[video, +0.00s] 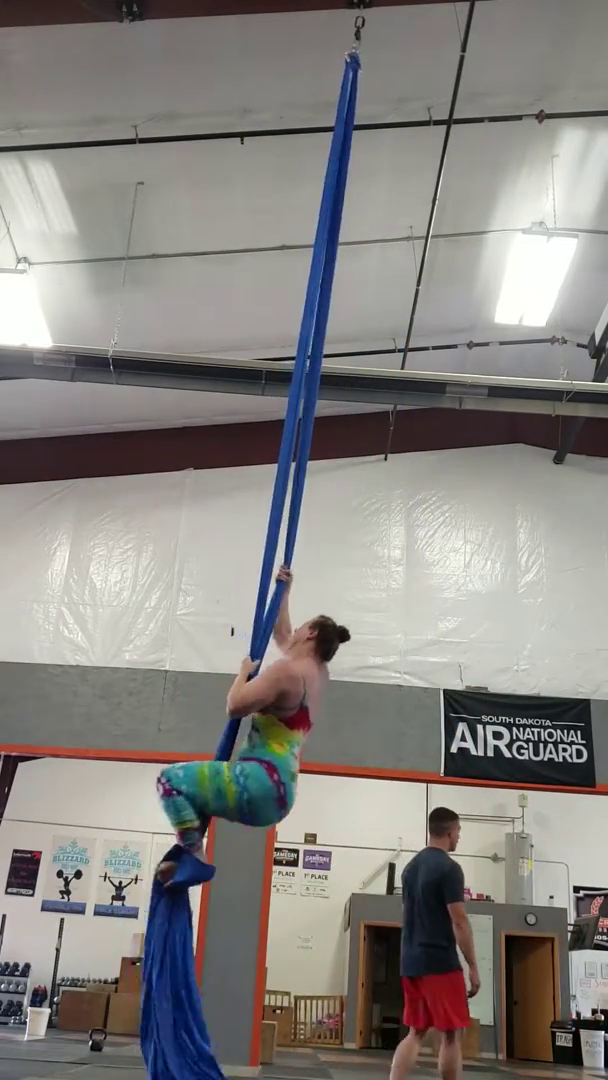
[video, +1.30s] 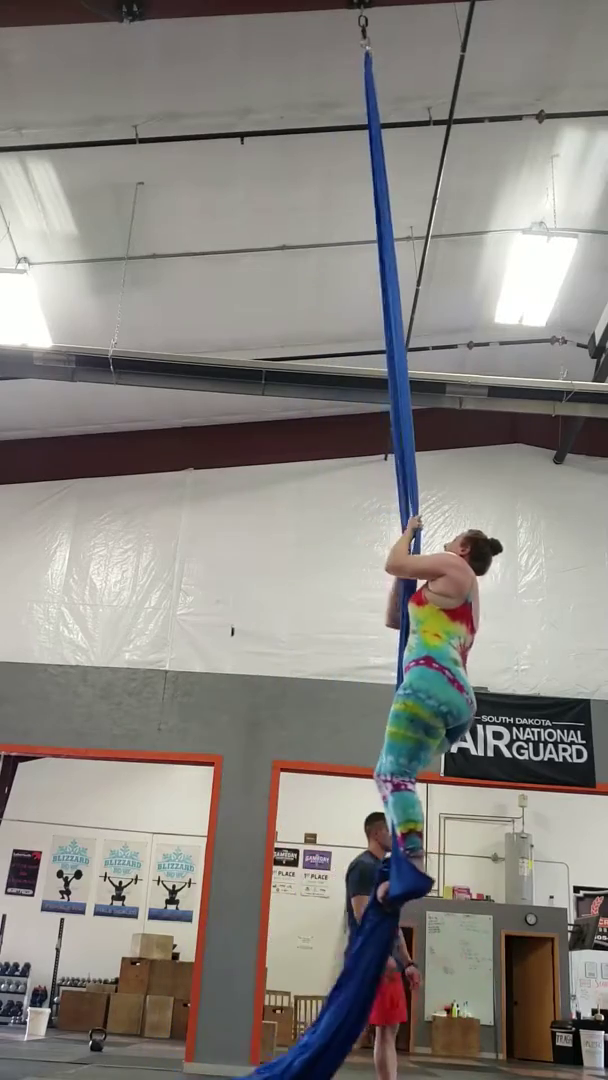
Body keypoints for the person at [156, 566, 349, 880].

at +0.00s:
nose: (299, 627)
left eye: (304, 624)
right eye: (303, 624)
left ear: (310, 633)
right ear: (322, 641)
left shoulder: (287, 670)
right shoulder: (315, 671)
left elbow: (235, 705)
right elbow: (283, 636)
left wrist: (244, 672)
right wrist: (283, 592)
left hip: (260, 782)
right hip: (280, 793)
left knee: (172, 779)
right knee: (188, 784)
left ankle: (193, 856)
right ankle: (187, 858)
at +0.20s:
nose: (335, 612)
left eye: (340, 607)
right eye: (339, 608)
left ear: (349, 613)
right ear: (362, 627)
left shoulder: (321, 643)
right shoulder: (355, 660)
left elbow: (258, 653)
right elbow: (310, 642)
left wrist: (252, 625)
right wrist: (304, 594)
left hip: (289, 752)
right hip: (311, 773)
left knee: (200, 783)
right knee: (222, 791)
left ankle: (230, 859)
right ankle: (217, 862)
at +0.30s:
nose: (354, 606)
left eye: (360, 602)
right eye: (359, 602)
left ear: (369, 608)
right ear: (382, 622)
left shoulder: (340, 631)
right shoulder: (375, 656)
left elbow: (279, 609)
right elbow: (323, 635)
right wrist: (321, 592)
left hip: (303, 743)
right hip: (325, 767)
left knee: (217, 782)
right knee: (237, 790)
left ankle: (244, 862)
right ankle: (232, 861)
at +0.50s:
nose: (396, 590)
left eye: (402, 588)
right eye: (401, 587)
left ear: (410, 596)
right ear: (421, 608)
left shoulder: (385, 608)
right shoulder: (409, 643)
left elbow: (333, 570)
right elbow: (355, 630)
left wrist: (324, 538)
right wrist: (339, 591)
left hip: (336, 720)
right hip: (357, 744)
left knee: (257, 773)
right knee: (269, 777)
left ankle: (264, 865)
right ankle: (259, 856)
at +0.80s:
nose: (442, 572)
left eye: (448, 569)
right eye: (447, 569)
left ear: (458, 573)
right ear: (471, 589)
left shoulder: (445, 591)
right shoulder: (457, 623)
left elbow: (389, 560)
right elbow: (393, 634)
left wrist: (388, 529)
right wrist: (382, 582)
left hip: (385, 696)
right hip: (403, 714)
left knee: (312, 763)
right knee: (319, 768)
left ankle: (304, 858)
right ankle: (303, 854)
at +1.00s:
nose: (456, 560)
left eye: (463, 556)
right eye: (462, 556)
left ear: (473, 563)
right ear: (482, 573)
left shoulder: (461, 582)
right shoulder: (473, 609)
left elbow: (402, 560)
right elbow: (406, 623)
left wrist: (402, 530)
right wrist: (396, 577)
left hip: (410, 692)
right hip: (431, 709)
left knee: (348, 771)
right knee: (352, 774)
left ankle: (348, 868)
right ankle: (348, 865)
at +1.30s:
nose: (450, 543)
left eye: (456, 540)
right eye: (455, 540)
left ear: (464, 546)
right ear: (477, 557)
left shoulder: (455, 565)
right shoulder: (459, 595)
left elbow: (395, 563)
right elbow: (394, 619)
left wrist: (408, 532)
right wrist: (404, 572)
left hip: (432, 679)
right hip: (458, 698)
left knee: (393, 773)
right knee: (393, 773)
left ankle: (410, 864)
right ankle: (404, 864)